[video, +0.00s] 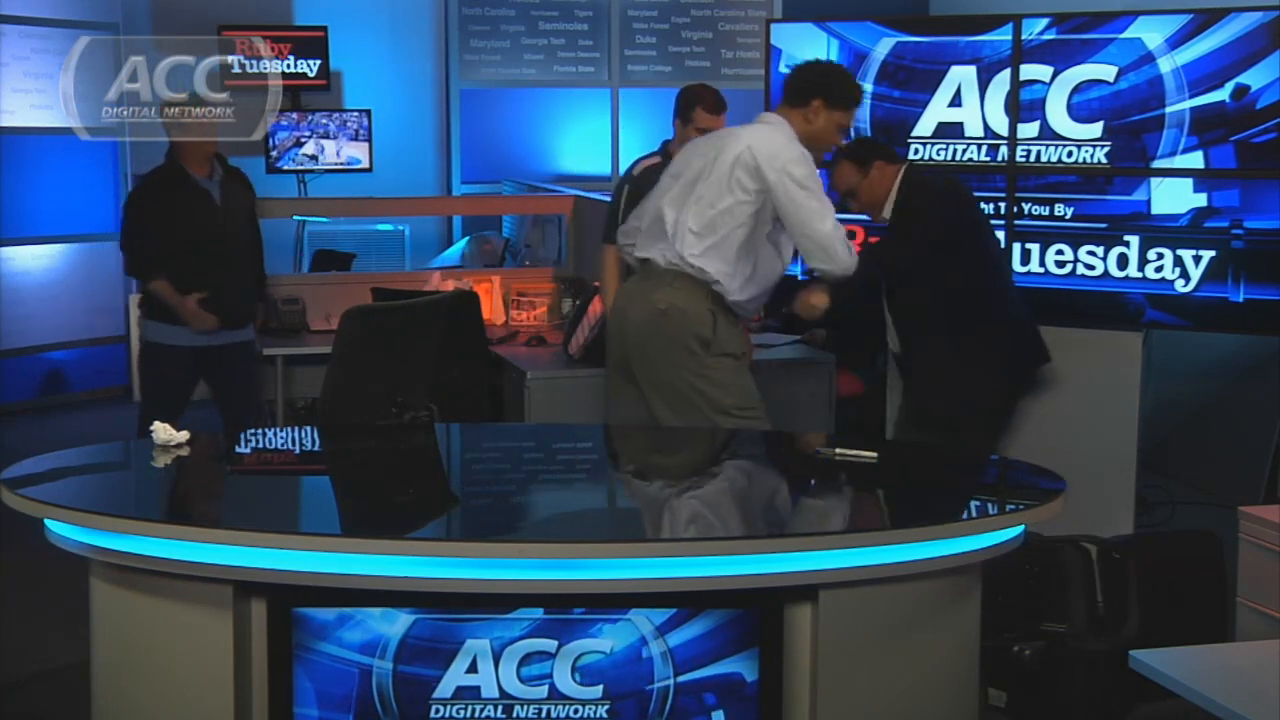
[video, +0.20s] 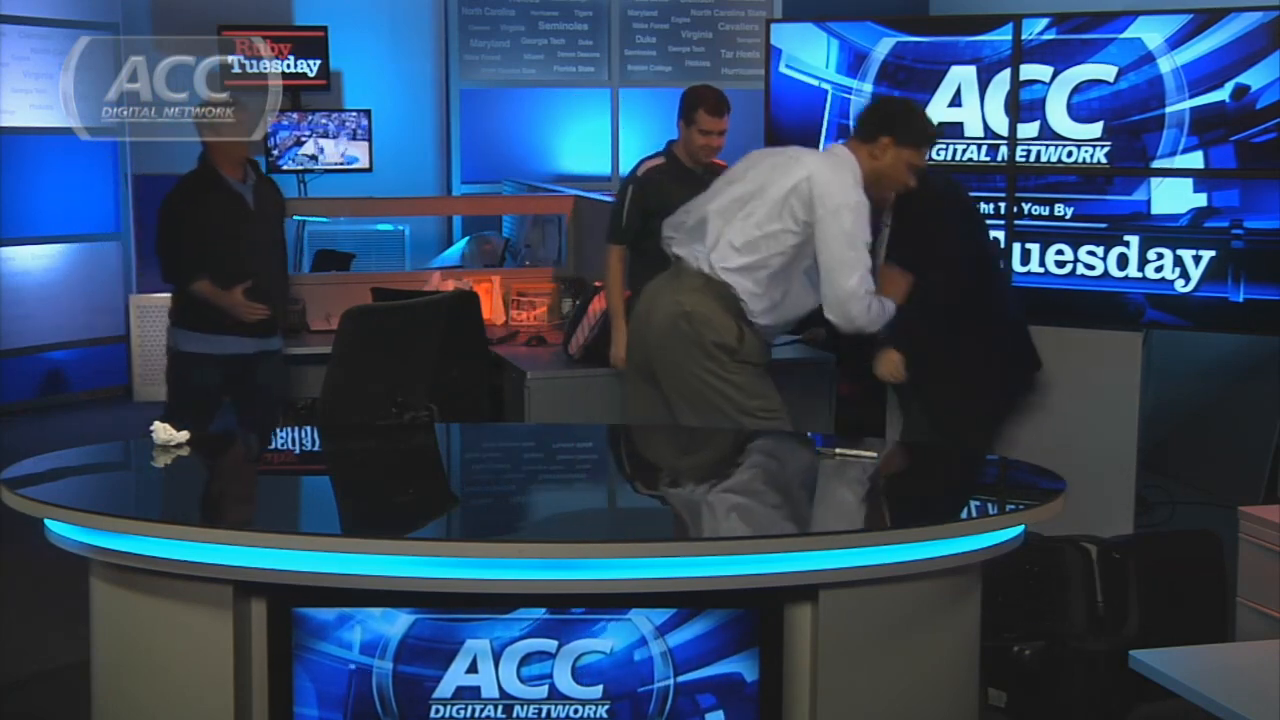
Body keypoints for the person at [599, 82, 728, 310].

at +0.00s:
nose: (710, 142)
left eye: (717, 134)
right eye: (702, 132)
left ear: (723, 129)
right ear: (678, 126)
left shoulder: (722, 176)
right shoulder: (643, 174)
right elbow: (613, 251)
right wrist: (616, 320)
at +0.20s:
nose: (715, 143)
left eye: (721, 134)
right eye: (705, 133)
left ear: (727, 129)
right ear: (682, 127)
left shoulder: (726, 179)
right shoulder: (646, 177)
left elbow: (736, 252)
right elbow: (616, 256)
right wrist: (619, 332)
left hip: (708, 315)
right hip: (651, 315)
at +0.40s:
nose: (718, 145)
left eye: (725, 136)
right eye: (709, 135)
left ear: (732, 132)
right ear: (687, 128)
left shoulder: (729, 177)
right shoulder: (649, 176)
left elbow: (736, 249)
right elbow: (617, 254)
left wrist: (741, 320)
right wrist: (622, 331)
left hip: (713, 321)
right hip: (655, 322)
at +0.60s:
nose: (717, 145)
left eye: (725, 136)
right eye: (709, 135)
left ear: (733, 131)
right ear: (689, 127)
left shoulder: (735, 179)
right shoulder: (650, 175)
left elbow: (736, 254)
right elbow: (619, 251)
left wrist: (738, 320)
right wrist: (617, 326)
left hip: (710, 324)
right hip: (653, 326)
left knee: (711, 429)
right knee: (658, 431)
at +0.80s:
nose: (709, 145)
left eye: (718, 136)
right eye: (700, 136)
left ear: (728, 130)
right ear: (685, 127)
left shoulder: (735, 182)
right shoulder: (649, 174)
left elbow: (739, 262)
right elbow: (616, 248)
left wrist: (740, 326)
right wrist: (608, 322)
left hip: (707, 325)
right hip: (649, 324)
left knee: (707, 426)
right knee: (651, 426)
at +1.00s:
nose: (693, 146)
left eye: (702, 136)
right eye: (685, 135)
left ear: (715, 129)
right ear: (672, 127)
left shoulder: (727, 181)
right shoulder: (638, 178)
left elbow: (735, 262)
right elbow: (609, 251)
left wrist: (735, 328)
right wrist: (598, 325)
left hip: (702, 327)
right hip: (643, 325)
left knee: (699, 430)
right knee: (638, 428)